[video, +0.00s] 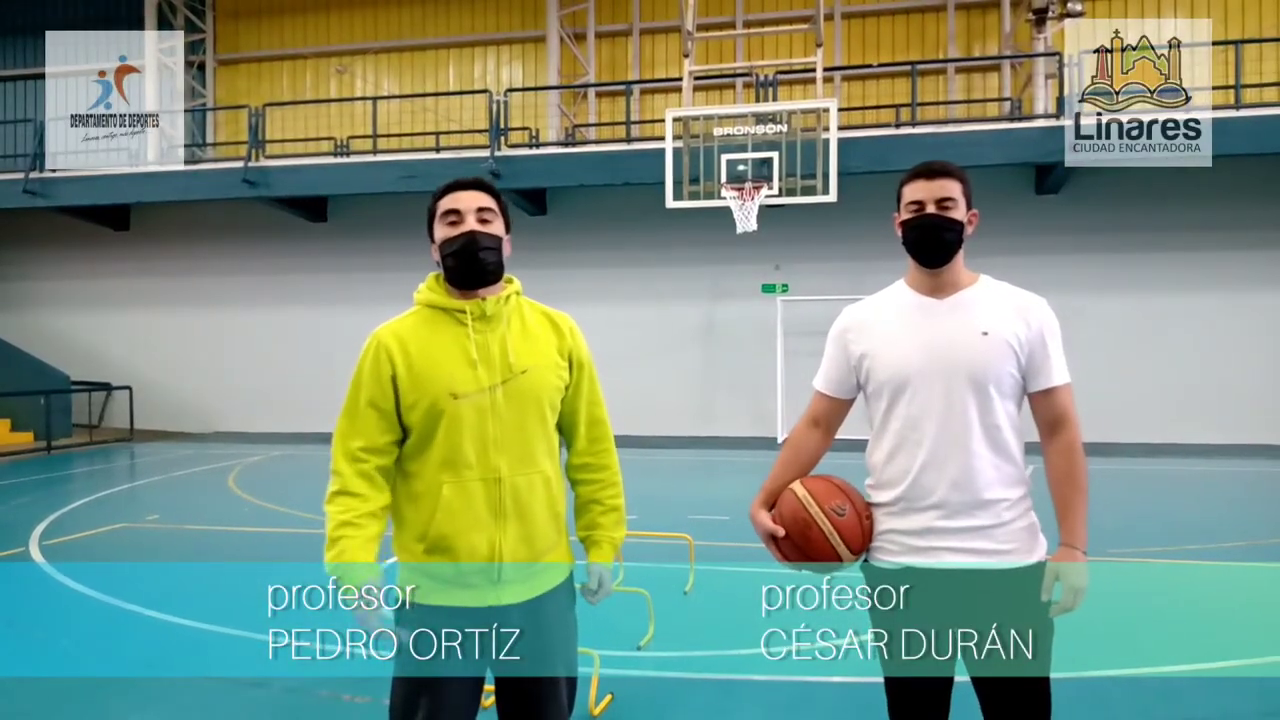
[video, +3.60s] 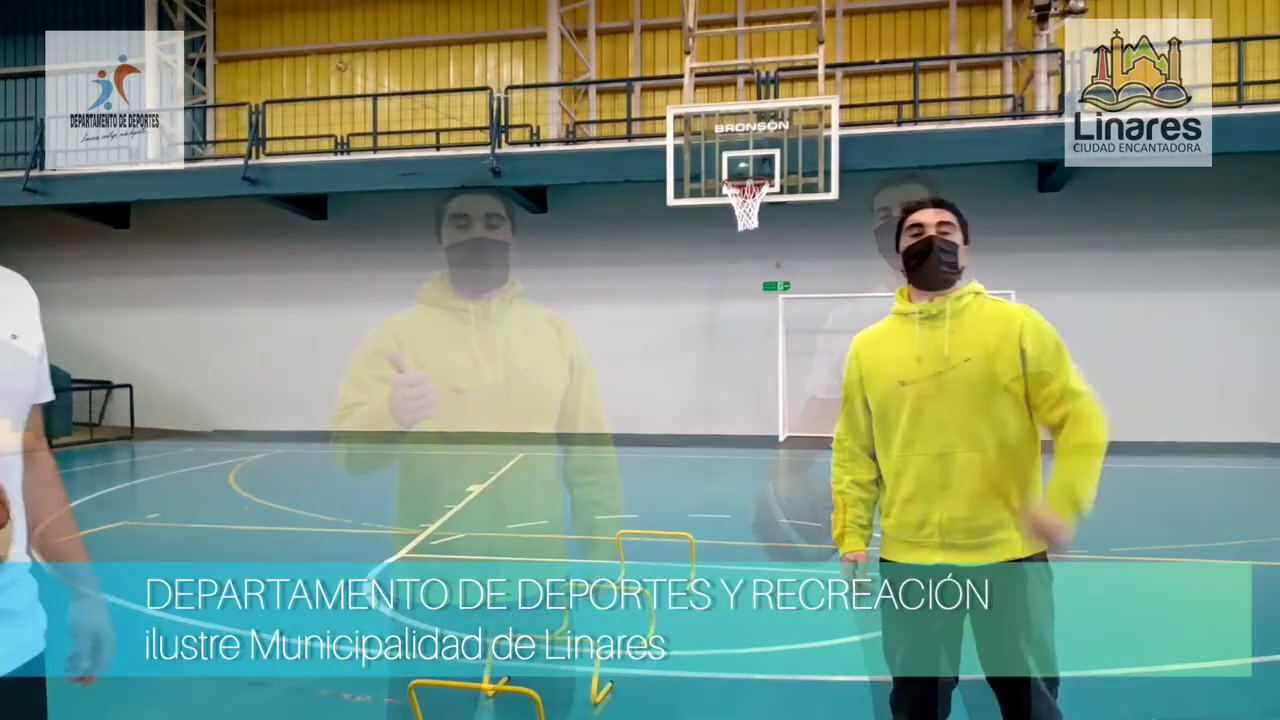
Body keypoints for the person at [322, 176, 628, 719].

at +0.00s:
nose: (471, 227)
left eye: (486, 217)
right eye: (453, 219)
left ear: (507, 241)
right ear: (434, 247)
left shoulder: (556, 334)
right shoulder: (394, 346)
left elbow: (592, 449)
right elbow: (360, 464)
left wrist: (602, 545)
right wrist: (352, 567)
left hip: (541, 586)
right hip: (439, 590)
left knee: (546, 711)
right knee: (430, 714)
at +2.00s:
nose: (478, 231)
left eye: (495, 221)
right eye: (460, 222)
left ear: (515, 244)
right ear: (441, 247)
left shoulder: (560, 336)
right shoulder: (397, 345)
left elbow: (594, 452)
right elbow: (363, 472)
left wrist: (604, 548)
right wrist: (364, 581)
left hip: (542, 591)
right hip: (438, 595)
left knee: (548, 712)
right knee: (430, 714)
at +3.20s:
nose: (471, 234)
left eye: (487, 223)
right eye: (454, 224)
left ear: (507, 243)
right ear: (434, 246)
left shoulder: (551, 335)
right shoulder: (390, 343)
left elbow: (585, 452)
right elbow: (350, 461)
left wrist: (595, 552)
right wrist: (370, 519)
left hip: (536, 588)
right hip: (434, 592)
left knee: (542, 712)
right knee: (428, 714)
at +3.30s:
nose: (472, 234)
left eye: (487, 223)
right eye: (454, 223)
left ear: (507, 242)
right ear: (435, 244)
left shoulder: (553, 335)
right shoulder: (391, 341)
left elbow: (587, 453)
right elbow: (345, 471)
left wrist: (598, 556)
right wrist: (372, 446)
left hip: (537, 587)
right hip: (434, 590)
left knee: (542, 712)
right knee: (427, 713)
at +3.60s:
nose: (477, 234)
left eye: (492, 222)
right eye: (461, 223)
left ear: (513, 238)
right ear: (441, 240)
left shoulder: (554, 336)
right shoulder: (398, 337)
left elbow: (592, 463)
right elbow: (350, 452)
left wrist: (605, 569)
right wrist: (389, 418)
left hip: (537, 572)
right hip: (432, 572)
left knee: (539, 706)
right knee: (436, 706)